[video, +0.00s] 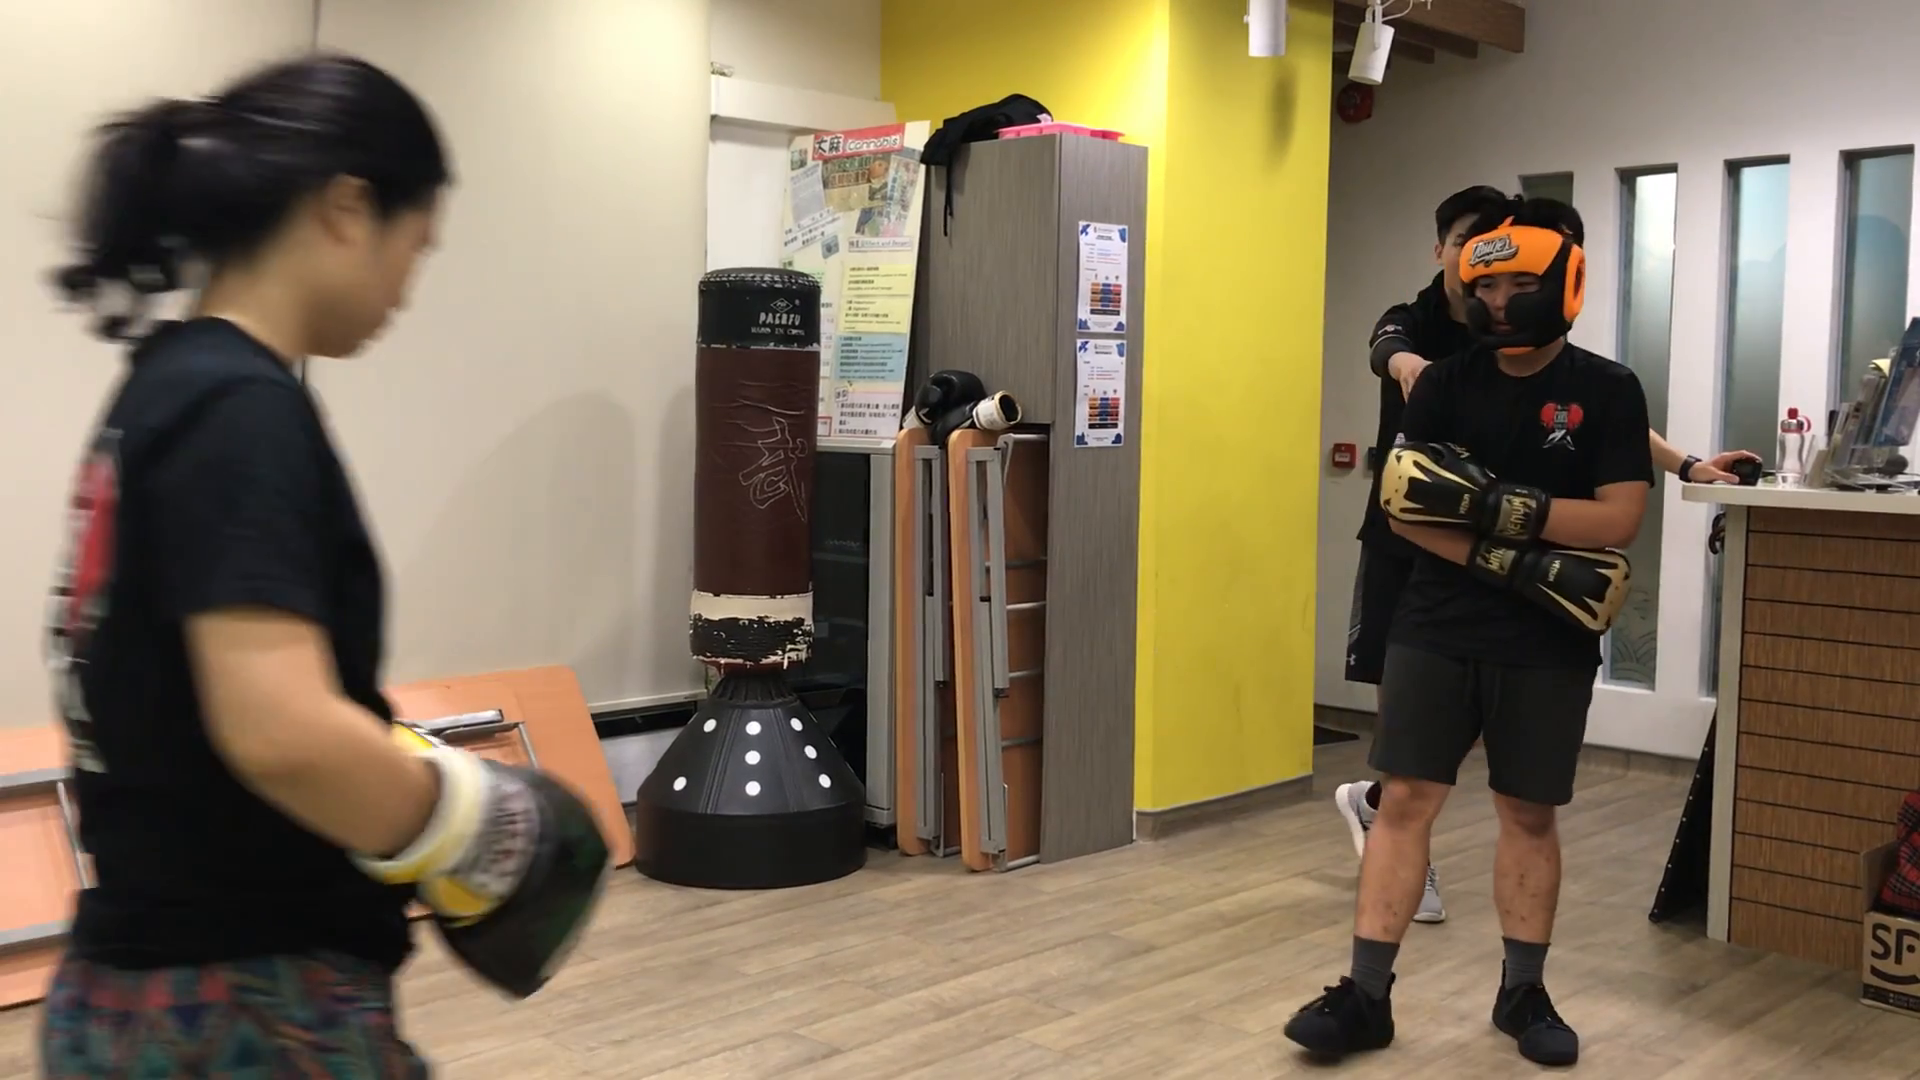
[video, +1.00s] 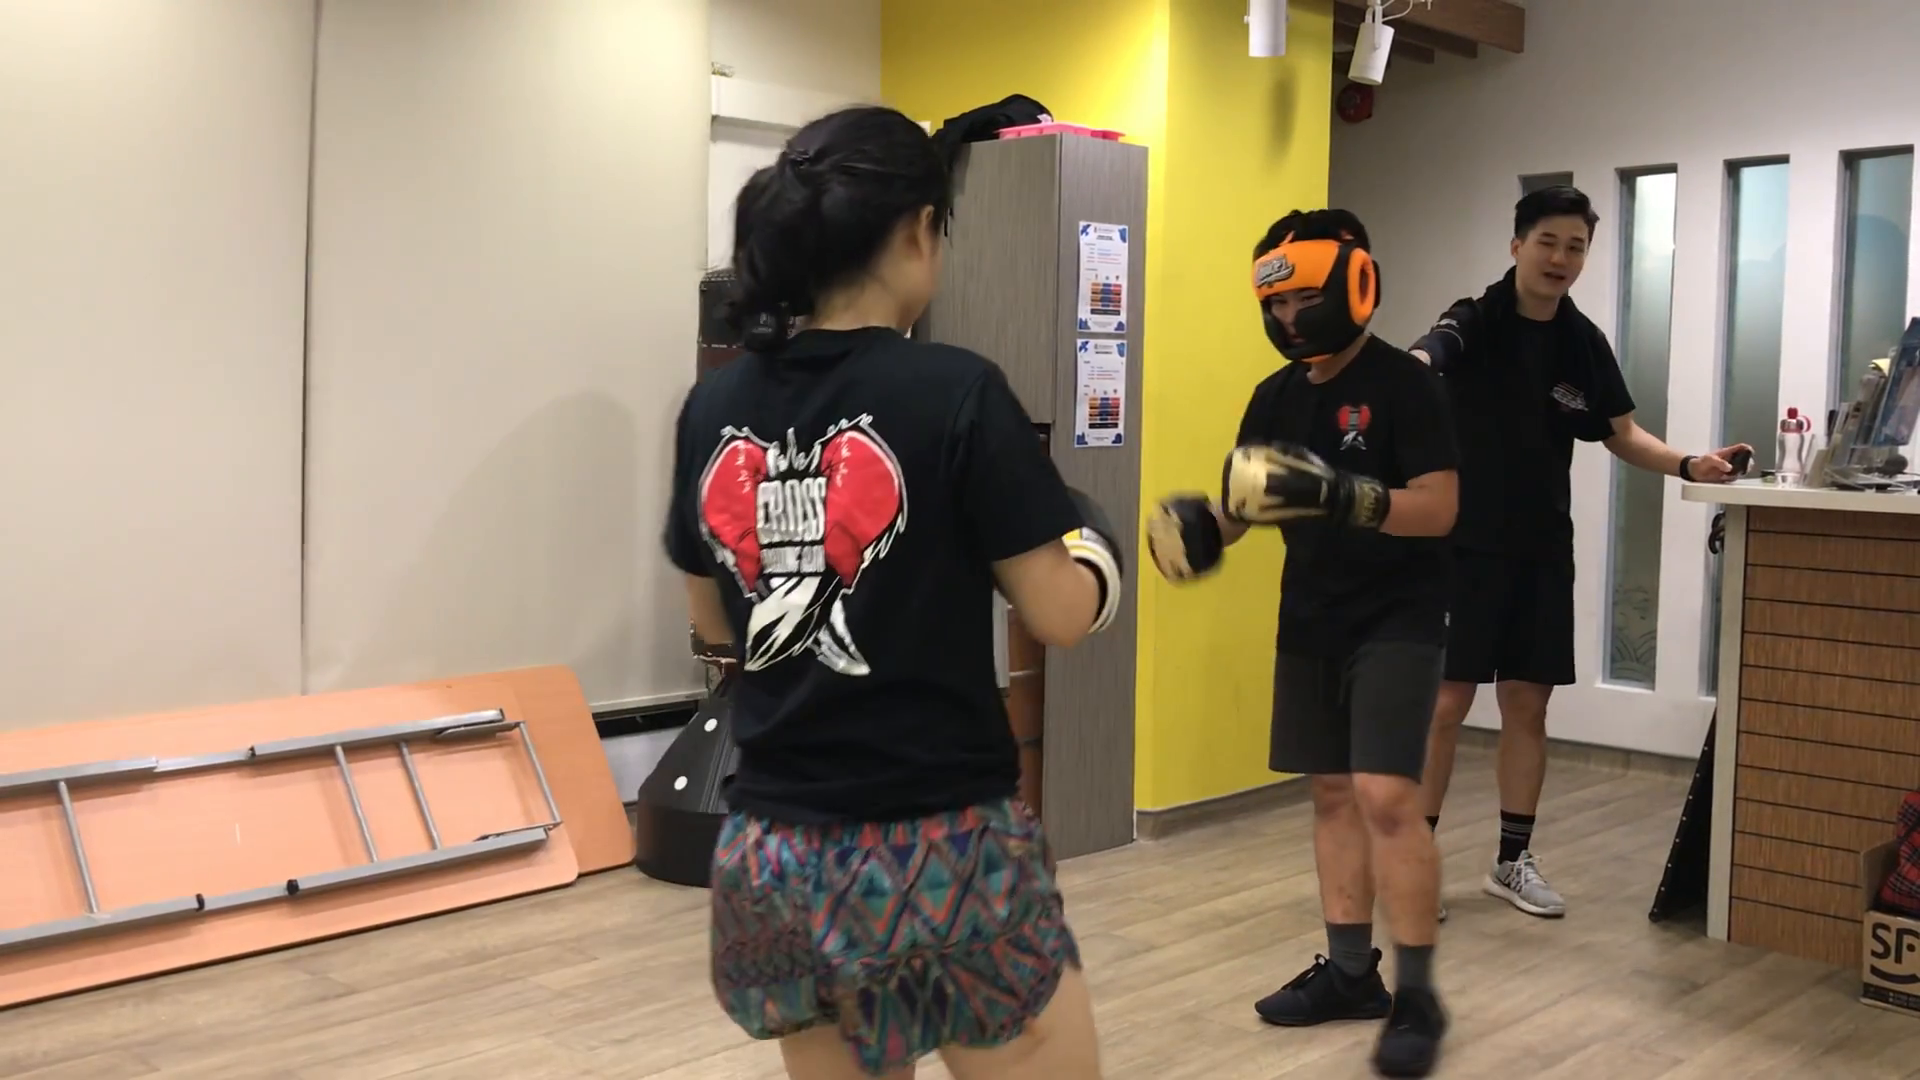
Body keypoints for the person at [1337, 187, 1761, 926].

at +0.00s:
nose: (1479, 270)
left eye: (1496, 252)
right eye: (1469, 252)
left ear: (1526, 262)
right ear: (1442, 256)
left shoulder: (1526, 343)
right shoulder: (1409, 331)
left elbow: (1607, 418)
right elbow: (1401, 366)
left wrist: (1690, 464)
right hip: (1404, 556)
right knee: (1404, 707)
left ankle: (1374, 797)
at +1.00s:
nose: (1560, 257)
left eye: (1575, 247)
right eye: (1548, 242)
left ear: (1586, 259)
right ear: (1517, 245)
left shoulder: (1582, 342)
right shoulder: (1470, 324)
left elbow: (1621, 433)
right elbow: (1407, 385)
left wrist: (1688, 463)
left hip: (1540, 549)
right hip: (1461, 543)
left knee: (1526, 706)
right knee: (1445, 705)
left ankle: (1513, 861)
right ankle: (1411, 852)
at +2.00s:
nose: (1600, 280)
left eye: (1610, 269)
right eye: (1590, 264)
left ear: (1613, 271)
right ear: (1548, 252)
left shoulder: (1606, 346)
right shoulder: (1489, 328)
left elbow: (1648, 449)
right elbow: (1481, 415)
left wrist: (1655, 420)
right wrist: (1584, 406)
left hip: (1565, 551)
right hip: (1490, 545)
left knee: (1539, 707)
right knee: (1462, 705)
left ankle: (1515, 861)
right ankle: (1438, 862)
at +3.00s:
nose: (1575, 261)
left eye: (1592, 252)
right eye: (1565, 245)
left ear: (1606, 265)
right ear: (1540, 246)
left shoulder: (1611, 344)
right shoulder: (1494, 326)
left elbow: (1647, 444)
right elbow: (1460, 420)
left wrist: (1671, 433)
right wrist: (1557, 426)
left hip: (1568, 550)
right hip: (1491, 543)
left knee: (1540, 704)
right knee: (1465, 704)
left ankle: (1515, 860)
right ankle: (1438, 861)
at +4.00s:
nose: (1564, 255)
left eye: (1578, 242)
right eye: (1551, 239)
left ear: (1597, 253)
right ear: (1525, 247)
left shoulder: (1600, 337)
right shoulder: (1489, 319)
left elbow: (1639, 433)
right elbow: (1487, 330)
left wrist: (1701, 464)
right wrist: (1529, 302)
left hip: (1564, 547)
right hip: (1489, 539)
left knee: (1539, 708)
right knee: (1462, 708)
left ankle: (1514, 861)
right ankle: (1437, 863)